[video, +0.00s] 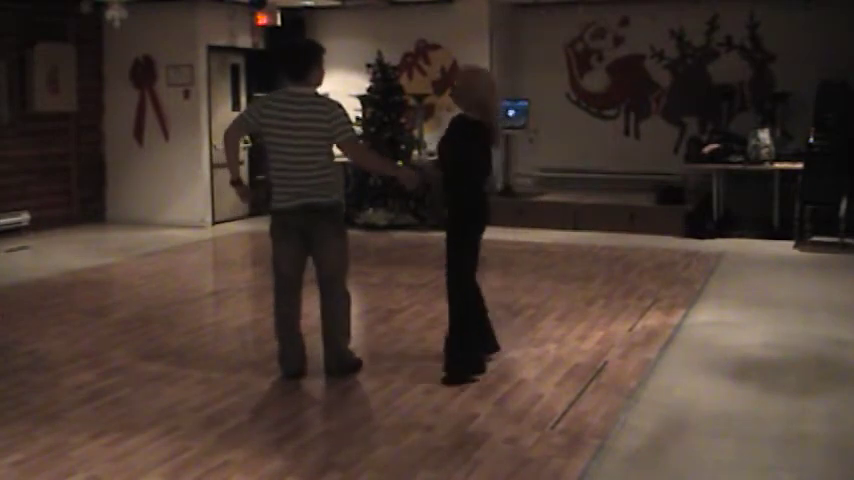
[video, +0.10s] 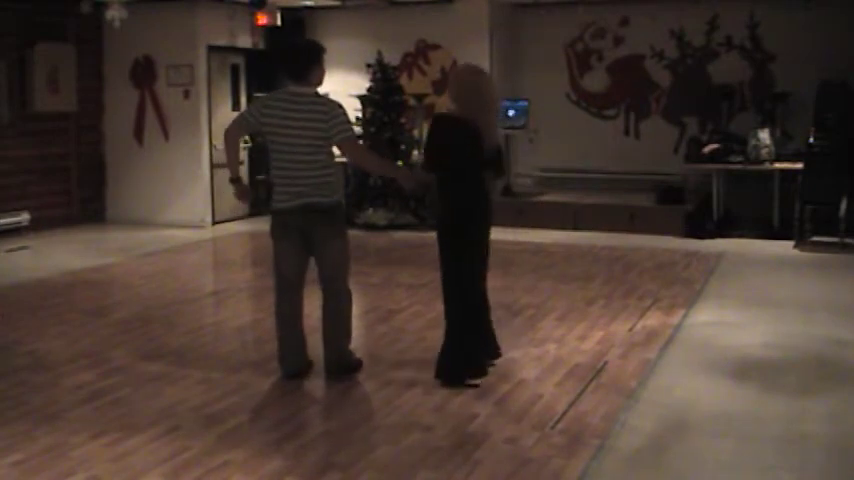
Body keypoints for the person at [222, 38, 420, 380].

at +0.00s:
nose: (324, 71)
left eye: (322, 65)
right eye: (321, 65)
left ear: (286, 68)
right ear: (313, 68)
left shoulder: (266, 105)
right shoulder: (327, 108)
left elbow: (231, 135)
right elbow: (357, 154)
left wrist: (236, 179)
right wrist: (399, 171)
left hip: (284, 212)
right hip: (326, 211)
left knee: (286, 290)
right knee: (333, 286)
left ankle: (291, 363)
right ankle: (337, 358)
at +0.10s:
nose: (324, 71)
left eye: (323, 64)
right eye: (322, 65)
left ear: (287, 68)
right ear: (313, 68)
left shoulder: (267, 105)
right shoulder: (327, 108)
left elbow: (232, 134)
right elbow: (356, 154)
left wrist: (236, 179)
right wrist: (400, 173)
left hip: (284, 212)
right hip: (326, 211)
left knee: (288, 289)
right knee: (336, 287)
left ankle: (292, 363)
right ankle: (338, 360)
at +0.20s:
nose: (324, 71)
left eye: (322, 65)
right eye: (321, 65)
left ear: (287, 68)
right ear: (313, 68)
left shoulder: (266, 105)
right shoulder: (325, 108)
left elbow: (234, 137)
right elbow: (352, 154)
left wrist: (240, 181)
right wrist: (395, 176)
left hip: (285, 211)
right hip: (326, 209)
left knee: (291, 288)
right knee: (337, 284)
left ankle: (293, 362)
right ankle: (339, 359)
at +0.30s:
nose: (324, 71)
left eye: (323, 65)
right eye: (322, 65)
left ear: (286, 68)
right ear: (315, 69)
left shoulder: (268, 106)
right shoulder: (326, 109)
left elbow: (239, 142)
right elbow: (353, 155)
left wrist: (247, 183)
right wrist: (395, 178)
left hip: (284, 209)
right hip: (325, 208)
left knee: (292, 287)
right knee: (337, 284)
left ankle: (293, 363)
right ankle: (343, 361)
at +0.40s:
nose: (325, 71)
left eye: (323, 65)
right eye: (322, 65)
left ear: (287, 69)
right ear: (316, 69)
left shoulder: (269, 107)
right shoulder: (326, 108)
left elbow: (241, 142)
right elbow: (353, 154)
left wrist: (254, 175)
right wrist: (394, 179)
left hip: (285, 210)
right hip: (325, 208)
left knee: (292, 287)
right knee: (335, 285)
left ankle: (293, 363)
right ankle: (343, 361)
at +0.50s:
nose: (326, 71)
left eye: (324, 64)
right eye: (324, 65)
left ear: (288, 69)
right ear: (318, 69)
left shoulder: (271, 106)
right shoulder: (329, 108)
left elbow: (243, 140)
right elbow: (352, 153)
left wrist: (258, 173)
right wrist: (393, 179)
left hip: (287, 210)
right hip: (327, 208)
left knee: (293, 287)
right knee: (336, 285)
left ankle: (293, 362)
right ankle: (344, 360)